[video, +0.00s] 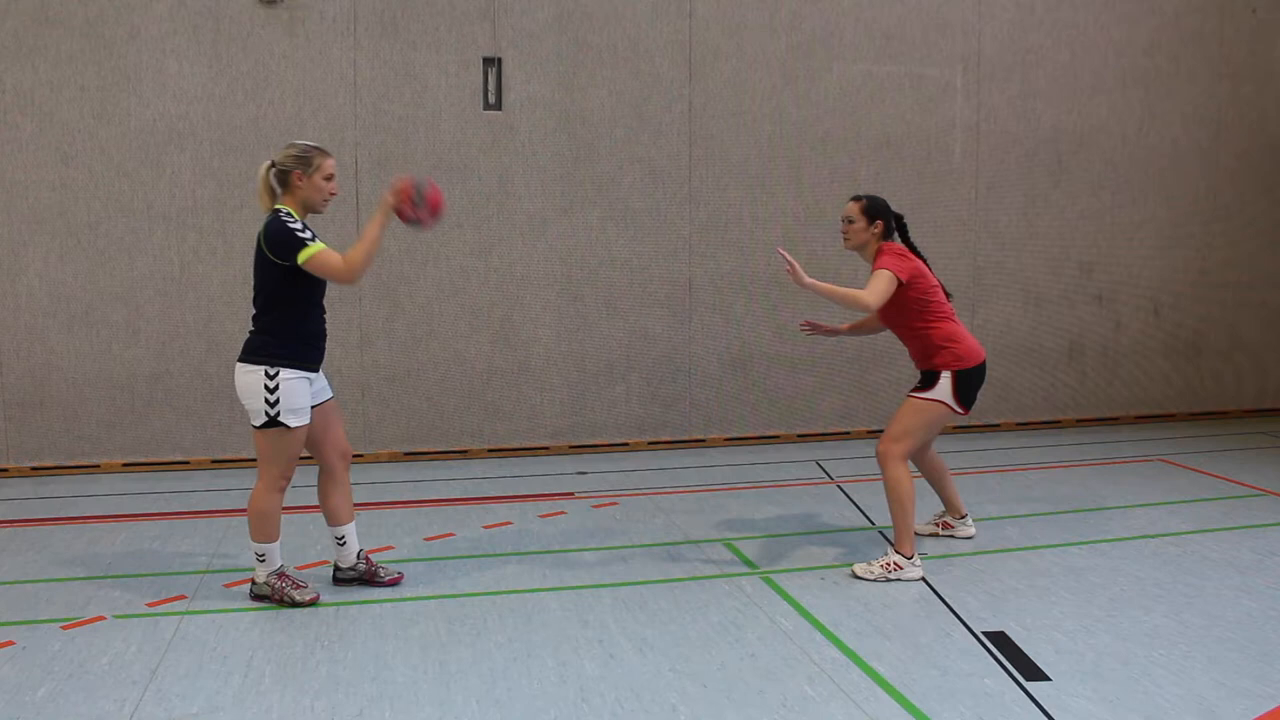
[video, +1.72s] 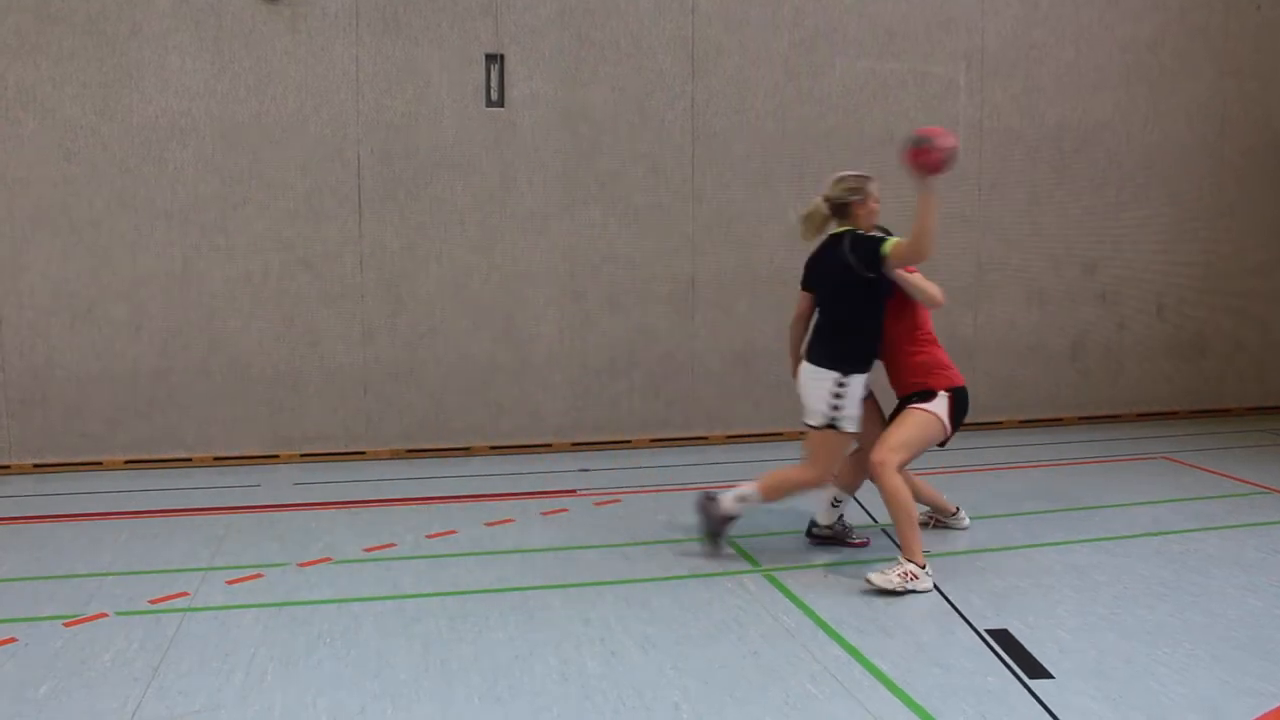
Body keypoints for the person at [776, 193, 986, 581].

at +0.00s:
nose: (843, 229)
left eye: (850, 222)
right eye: (842, 222)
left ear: (876, 227)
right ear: (872, 229)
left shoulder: (892, 258)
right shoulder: (890, 260)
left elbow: (871, 301)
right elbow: (887, 319)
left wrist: (808, 283)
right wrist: (841, 329)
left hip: (951, 367)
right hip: (951, 364)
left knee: (891, 451)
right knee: (916, 446)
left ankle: (904, 557)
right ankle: (957, 517)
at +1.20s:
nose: (842, 209)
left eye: (847, 201)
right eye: (840, 202)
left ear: (873, 200)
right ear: (869, 202)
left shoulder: (889, 228)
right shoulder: (871, 242)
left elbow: (858, 264)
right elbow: (844, 302)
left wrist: (800, 245)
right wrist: (799, 302)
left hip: (941, 344)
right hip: (926, 346)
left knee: (896, 440)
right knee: (907, 430)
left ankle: (923, 546)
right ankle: (942, 503)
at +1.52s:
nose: (836, 254)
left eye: (843, 247)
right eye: (836, 248)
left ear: (869, 251)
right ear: (859, 253)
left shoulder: (881, 272)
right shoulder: (860, 303)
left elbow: (865, 284)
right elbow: (845, 360)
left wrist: (814, 261)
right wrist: (806, 341)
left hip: (937, 391)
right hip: (912, 395)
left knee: (882, 465)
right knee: (891, 460)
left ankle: (924, 565)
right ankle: (949, 511)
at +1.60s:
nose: (848, 256)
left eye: (856, 248)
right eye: (847, 250)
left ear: (877, 253)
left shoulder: (889, 275)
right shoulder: (861, 305)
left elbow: (895, 291)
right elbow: (853, 361)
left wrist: (848, 267)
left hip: (934, 395)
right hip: (911, 398)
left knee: (877, 466)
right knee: (883, 463)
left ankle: (919, 565)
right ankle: (947, 512)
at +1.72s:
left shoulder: (900, 270)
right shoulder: (859, 285)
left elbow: (935, 299)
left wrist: (890, 267)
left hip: (940, 393)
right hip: (912, 396)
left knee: (883, 460)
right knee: (883, 467)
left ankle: (915, 566)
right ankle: (946, 512)